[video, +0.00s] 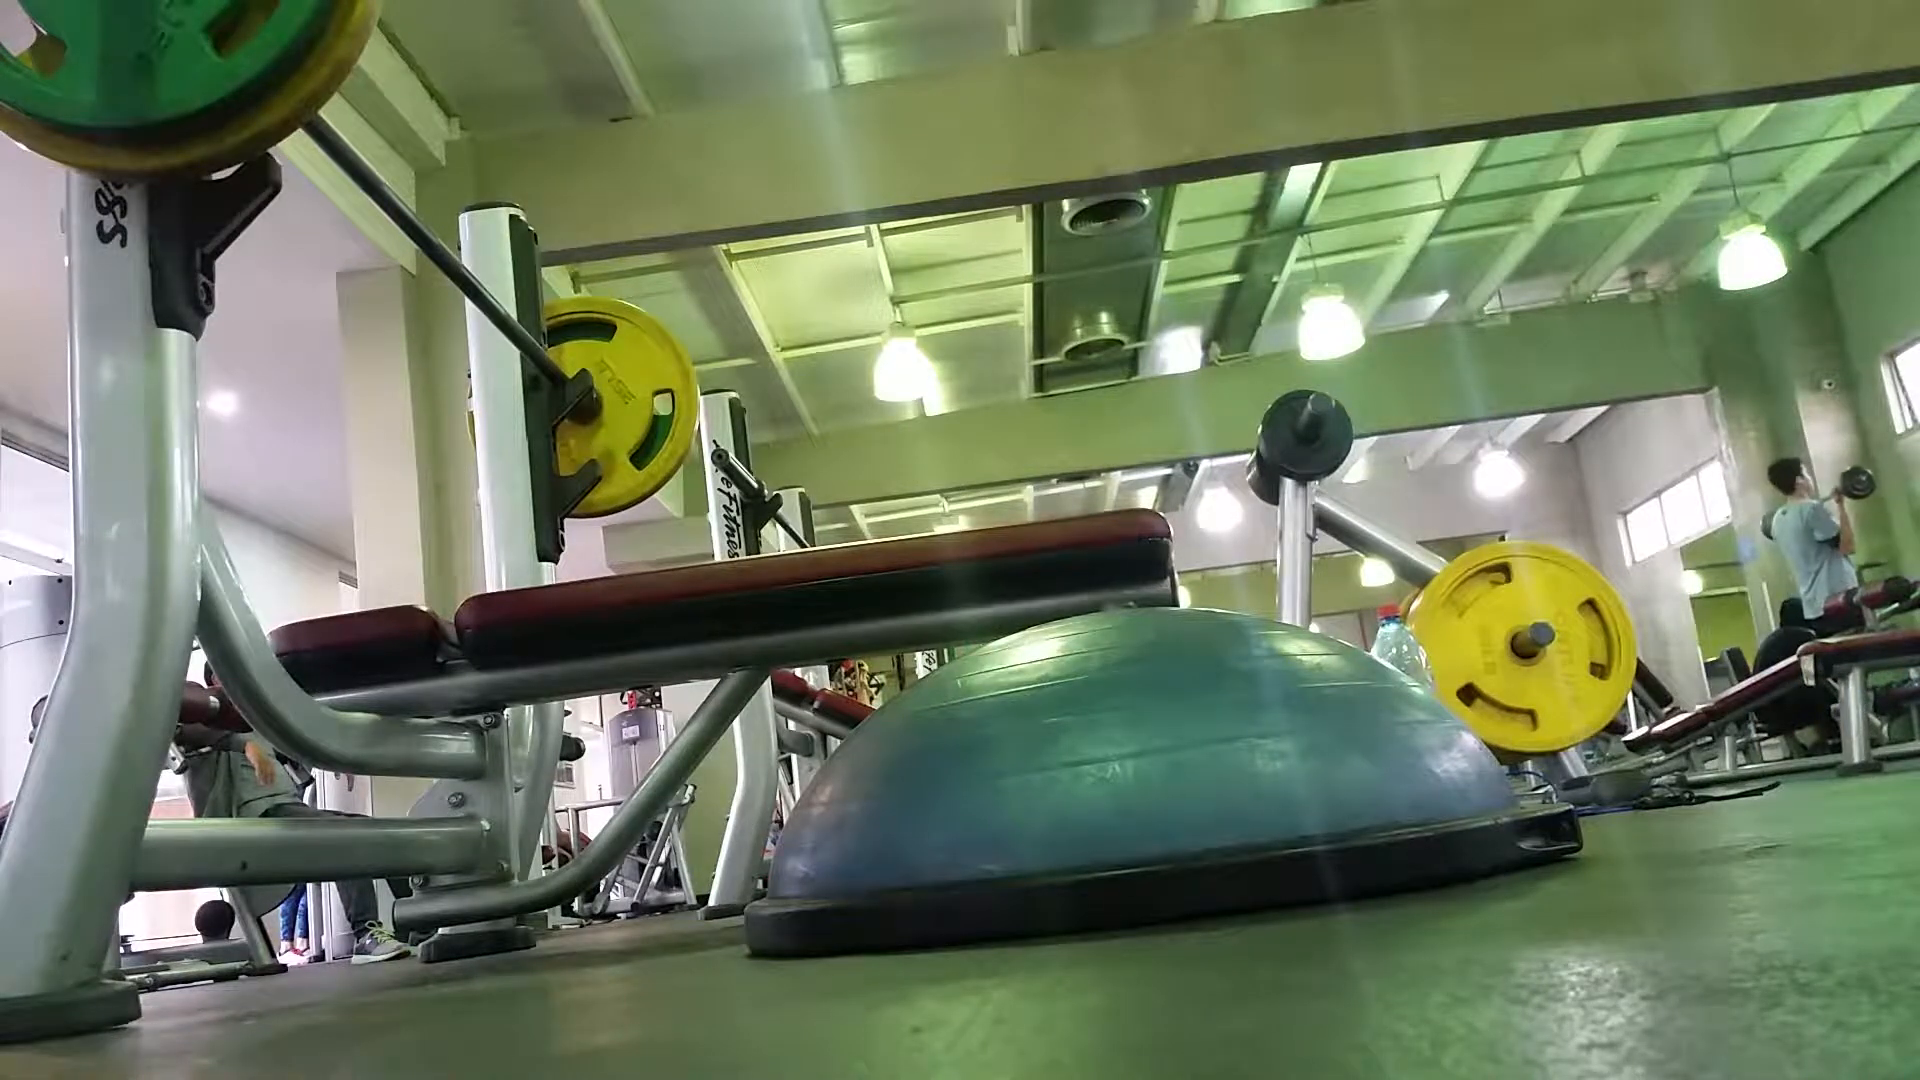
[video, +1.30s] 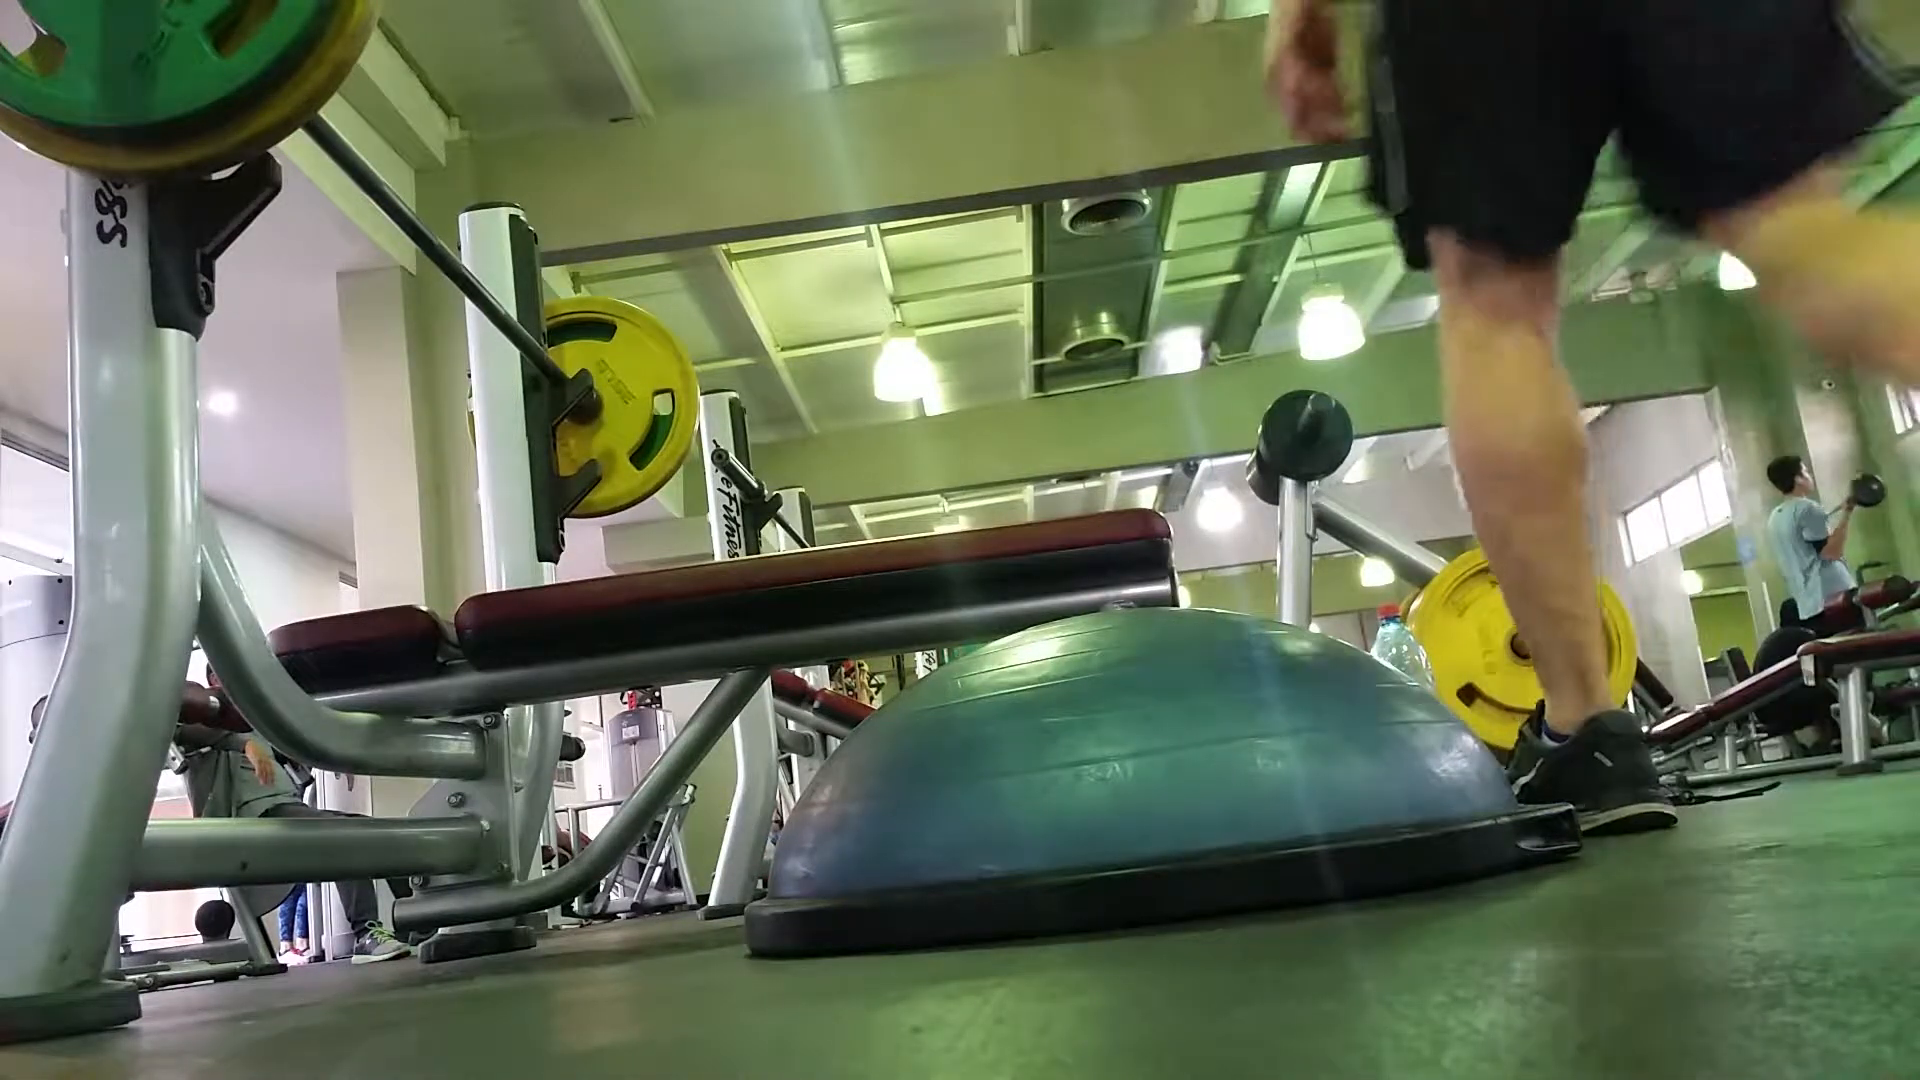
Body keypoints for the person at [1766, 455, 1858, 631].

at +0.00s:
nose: (1811, 478)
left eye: (1808, 473)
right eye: (1807, 474)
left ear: (1782, 487)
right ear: (1798, 481)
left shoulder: (1778, 519)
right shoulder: (1812, 510)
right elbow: (1847, 546)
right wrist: (1841, 505)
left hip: (1813, 608)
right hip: (1839, 602)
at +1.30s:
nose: (1810, 477)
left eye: (1807, 472)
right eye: (1806, 472)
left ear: (1781, 484)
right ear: (1797, 478)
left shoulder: (1775, 517)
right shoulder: (1806, 509)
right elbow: (1832, 551)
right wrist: (1847, 512)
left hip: (1807, 606)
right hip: (1834, 599)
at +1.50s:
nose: (1810, 477)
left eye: (1806, 472)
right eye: (1804, 473)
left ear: (1781, 488)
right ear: (1798, 481)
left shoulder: (1775, 520)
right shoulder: (1806, 506)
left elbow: (1781, 564)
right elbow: (1815, 555)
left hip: (1808, 610)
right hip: (1835, 602)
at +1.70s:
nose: (1814, 477)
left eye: (1811, 472)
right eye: (1809, 473)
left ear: (1786, 488)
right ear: (1803, 480)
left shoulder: (1782, 520)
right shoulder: (1813, 506)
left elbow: (1785, 571)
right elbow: (1815, 553)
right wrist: (1862, 559)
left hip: (1812, 611)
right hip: (1838, 604)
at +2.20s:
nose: (1814, 480)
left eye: (1812, 475)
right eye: (1812, 475)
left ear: (1786, 483)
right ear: (1807, 479)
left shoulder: (1780, 518)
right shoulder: (1808, 510)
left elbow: (1785, 562)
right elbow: (1822, 560)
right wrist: (1867, 557)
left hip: (1813, 610)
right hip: (1837, 607)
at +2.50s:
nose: (1816, 492)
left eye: (1816, 486)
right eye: (1815, 487)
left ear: (1787, 485)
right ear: (1808, 488)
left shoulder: (1773, 520)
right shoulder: (1807, 519)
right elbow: (1838, 558)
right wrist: (1856, 537)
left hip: (1815, 606)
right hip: (1840, 603)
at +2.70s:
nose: (1825, 489)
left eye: (1825, 484)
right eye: (1825, 484)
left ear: (1798, 481)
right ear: (1821, 487)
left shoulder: (1778, 519)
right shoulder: (1816, 515)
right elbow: (1852, 554)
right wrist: (1855, 511)